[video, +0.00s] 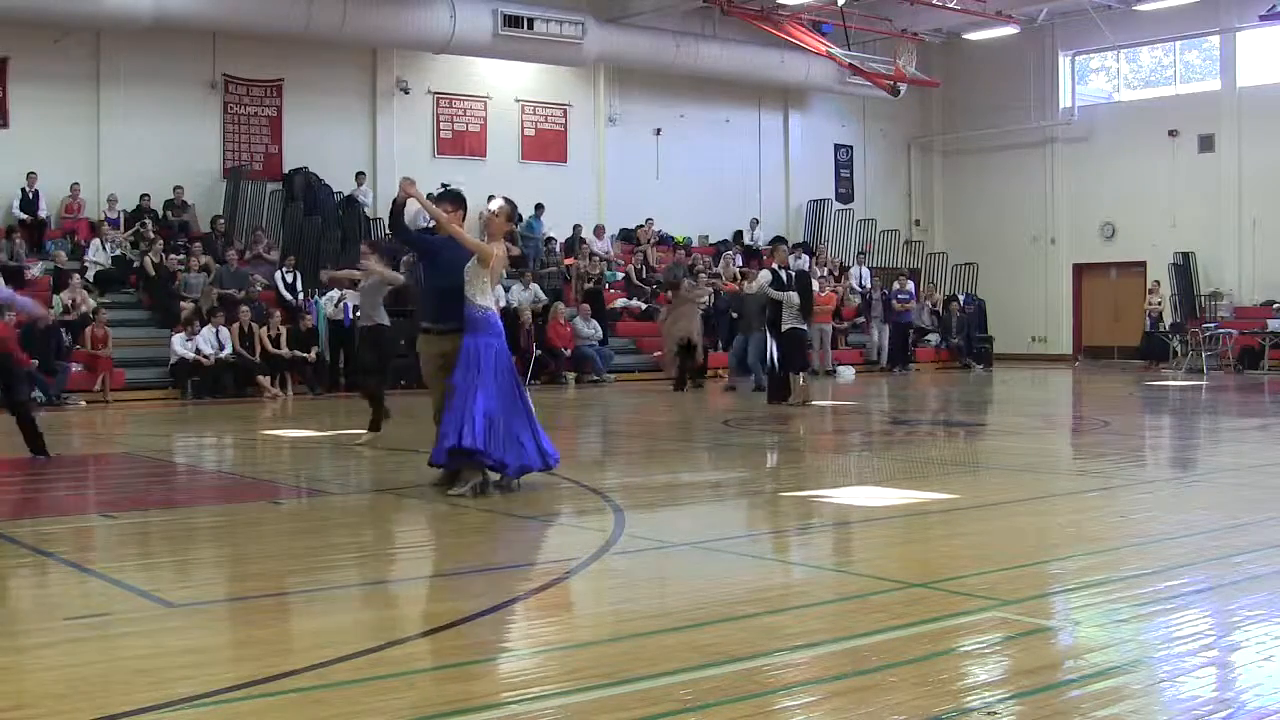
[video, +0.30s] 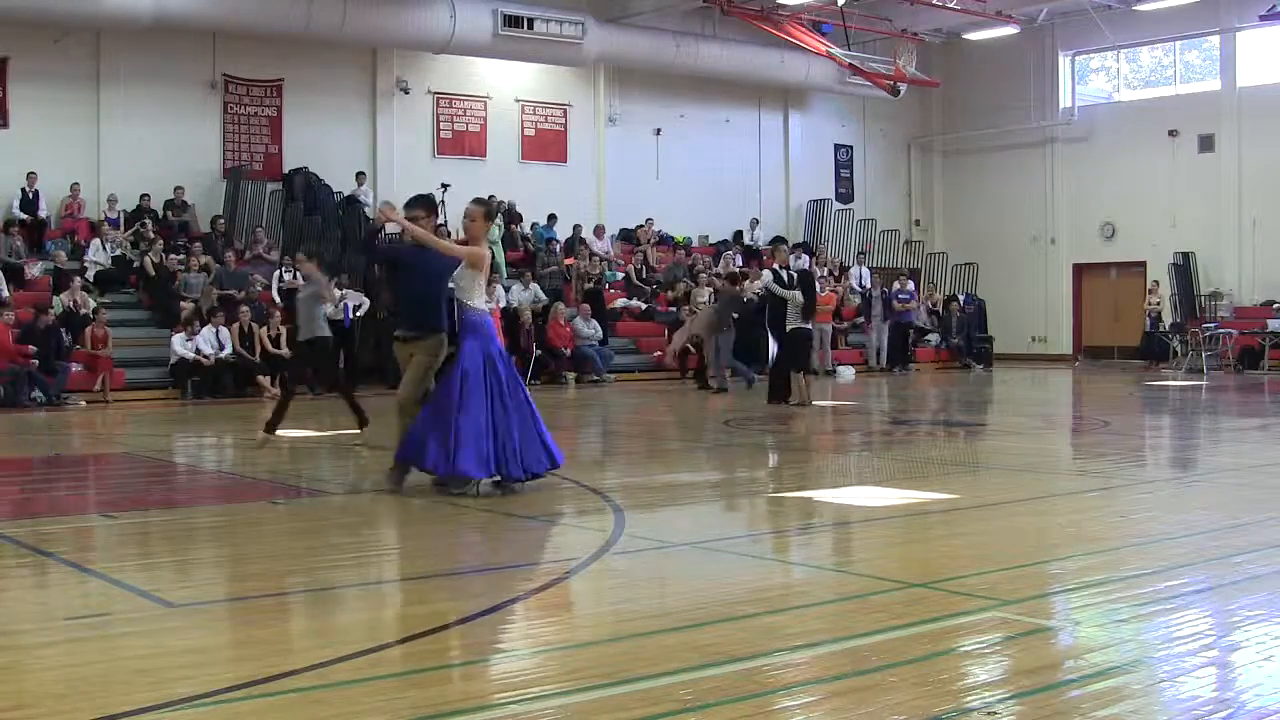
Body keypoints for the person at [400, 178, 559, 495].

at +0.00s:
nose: (487, 217)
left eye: (494, 214)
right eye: (488, 212)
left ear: (508, 225)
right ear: (494, 221)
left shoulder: (491, 251)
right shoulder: (498, 250)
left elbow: (451, 227)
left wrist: (419, 197)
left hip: (482, 330)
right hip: (489, 328)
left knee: (471, 397)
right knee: (493, 396)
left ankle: (473, 469)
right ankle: (508, 463)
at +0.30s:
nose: (465, 223)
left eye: (472, 219)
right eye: (465, 218)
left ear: (487, 225)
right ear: (467, 222)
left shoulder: (480, 253)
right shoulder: (469, 249)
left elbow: (439, 244)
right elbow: (437, 241)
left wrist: (403, 221)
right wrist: (406, 225)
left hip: (476, 331)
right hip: (474, 328)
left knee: (465, 398)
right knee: (491, 397)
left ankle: (464, 469)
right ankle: (509, 465)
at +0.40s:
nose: (453, 227)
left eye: (459, 223)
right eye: (453, 222)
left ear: (475, 226)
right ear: (457, 225)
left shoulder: (469, 256)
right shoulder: (461, 255)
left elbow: (427, 244)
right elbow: (424, 242)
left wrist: (389, 219)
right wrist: (394, 225)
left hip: (469, 332)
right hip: (462, 330)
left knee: (459, 397)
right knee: (462, 397)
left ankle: (464, 467)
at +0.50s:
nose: (439, 226)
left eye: (445, 221)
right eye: (440, 220)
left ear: (461, 227)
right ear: (445, 225)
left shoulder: (456, 258)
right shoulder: (449, 256)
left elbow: (413, 244)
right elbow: (412, 243)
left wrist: (375, 216)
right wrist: (378, 218)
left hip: (457, 333)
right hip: (448, 331)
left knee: (450, 399)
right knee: (448, 399)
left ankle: (462, 469)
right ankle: (456, 468)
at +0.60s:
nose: (423, 227)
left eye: (429, 222)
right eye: (424, 221)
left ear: (445, 228)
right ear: (429, 226)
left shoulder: (440, 260)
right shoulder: (433, 258)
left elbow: (396, 245)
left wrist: (359, 217)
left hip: (442, 337)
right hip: (431, 335)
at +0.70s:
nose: (407, 229)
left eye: (413, 223)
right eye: (408, 223)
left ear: (428, 229)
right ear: (412, 228)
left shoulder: (421, 259)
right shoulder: (415, 258)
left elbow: (377, 244)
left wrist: (337, 216)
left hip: (422, 338)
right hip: (412, 336)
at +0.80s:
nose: (388, 227)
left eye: (395, 222)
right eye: (389, 221)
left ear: (411, 227)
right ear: (393, 226)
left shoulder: (400, 259)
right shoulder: (393, 256)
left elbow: (351, 242)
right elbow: (353, 242)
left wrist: (313, 216)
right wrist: (318, 218)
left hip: (394, 336)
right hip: (381, 335)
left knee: (415, 400)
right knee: (361, 400)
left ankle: (451, 460)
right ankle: (363, 470)